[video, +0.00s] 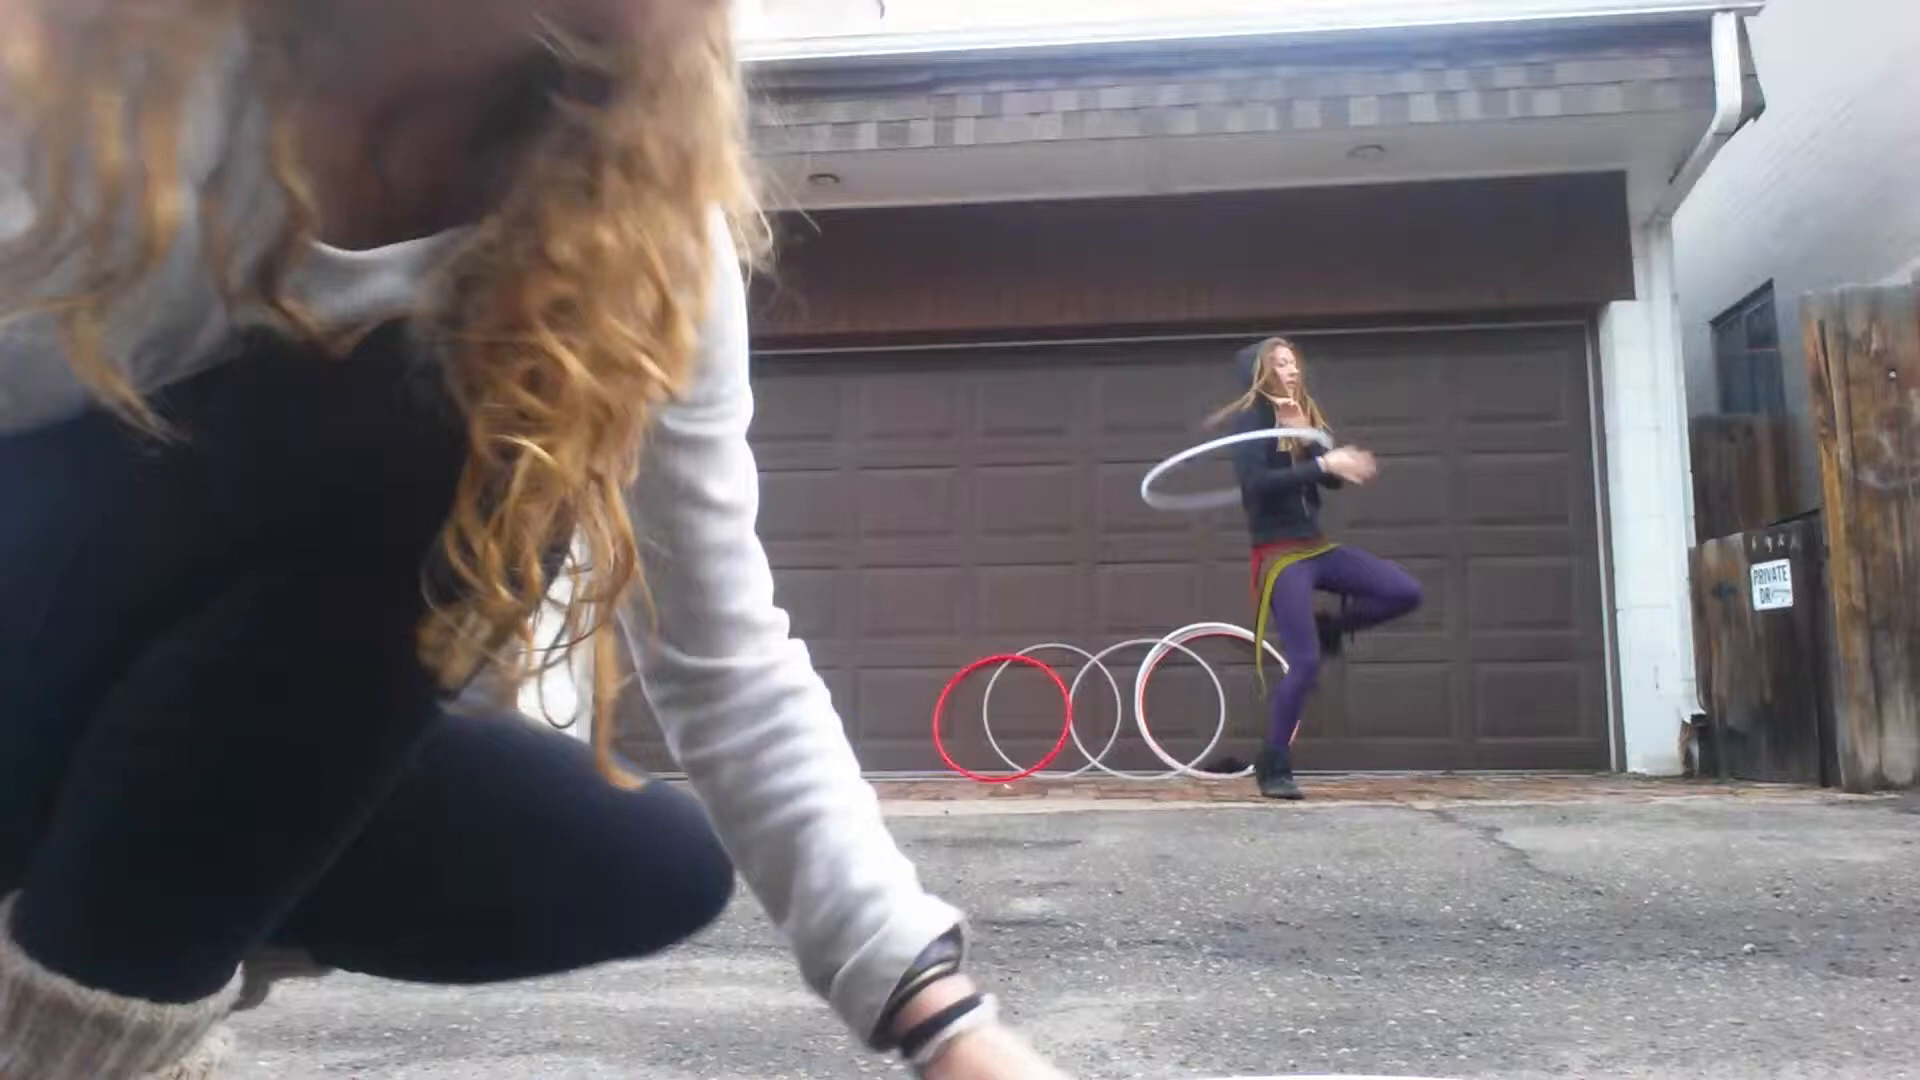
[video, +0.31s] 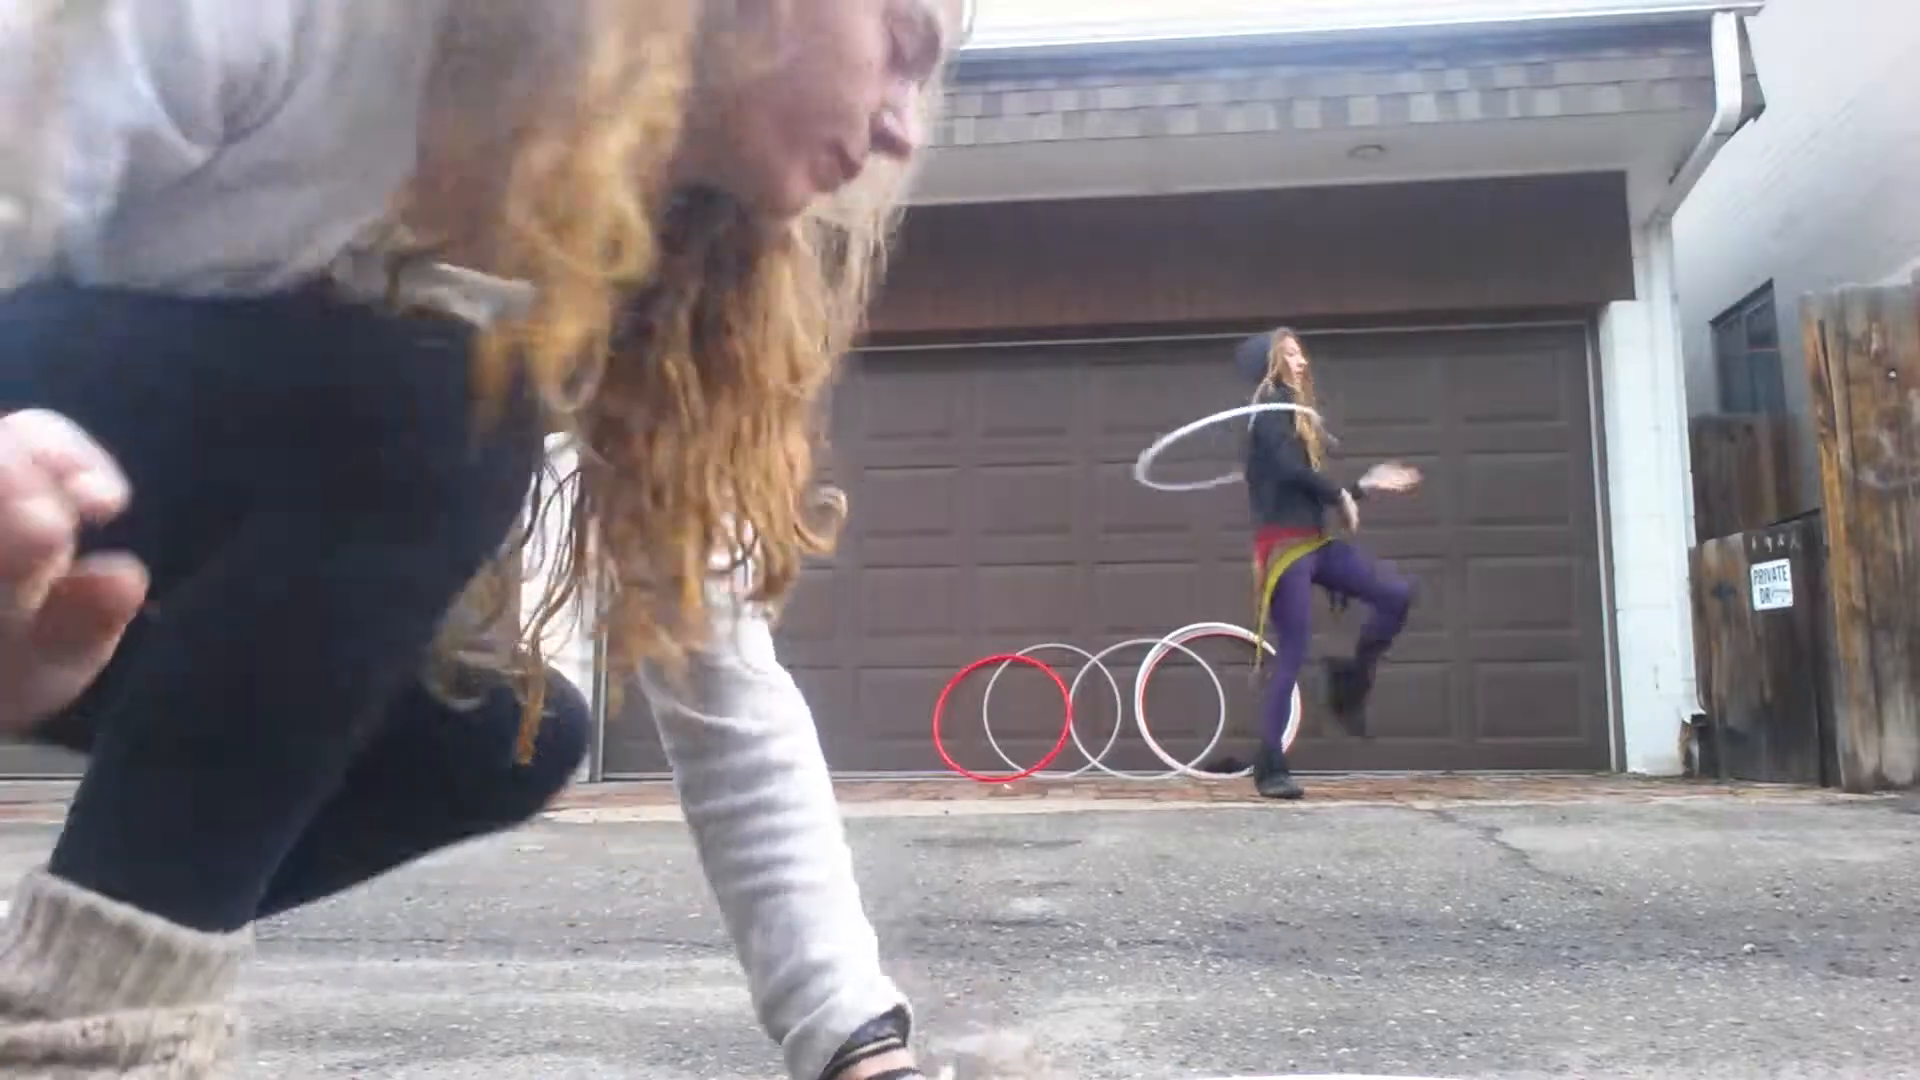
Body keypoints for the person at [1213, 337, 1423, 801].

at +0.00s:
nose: (1287, 369)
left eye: (1291, 361)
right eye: (1276, 363)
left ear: (1300, 369)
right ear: (1262, 373)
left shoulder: (1309, 418)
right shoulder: (1249, 420)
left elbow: (1317, 484)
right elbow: (1255, 483)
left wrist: (1332, 462)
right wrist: (1321, 466)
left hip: (1318, 546)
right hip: (1279, 554)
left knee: (1404, 593)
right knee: (1305, 662)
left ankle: (1332, 626)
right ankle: (1274, 765)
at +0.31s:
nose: (1300, 360)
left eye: (1299, 352)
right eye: (1289, 354)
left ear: (1301, 361)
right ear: (1271, 364)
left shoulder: (1296, 414)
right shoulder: (1271, 411)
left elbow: (1308, 484)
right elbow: (1288, 470)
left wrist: (1362, 485)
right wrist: (1337, 493)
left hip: (1317, 540)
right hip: (1285, 546)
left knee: (1396, 595)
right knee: (1292, 649)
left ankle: (1355, 680)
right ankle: (1270, 763)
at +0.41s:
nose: (1313, 358)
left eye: (1309, 350)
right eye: (1303, 352)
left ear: (1291, 359)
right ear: (1285, 362)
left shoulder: (1300, 403)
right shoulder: (1288, 400)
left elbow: (1304, 464)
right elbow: (1327, 451)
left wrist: (1335, 442)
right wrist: (1357, 475)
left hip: (1323, 542)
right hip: (1290, 545)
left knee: (1384, 625)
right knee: (1291, 649)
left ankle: (1401, 735)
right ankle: (1269, 762)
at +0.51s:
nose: (1324, 363)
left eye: (1321, 355)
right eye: (1314, 357)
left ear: (1307, 363)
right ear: (1295, 367)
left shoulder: (1315, 409)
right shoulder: (1294, 411)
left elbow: (1319, 465)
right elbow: (1324, 463)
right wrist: (1366, 468)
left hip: (1335, 543)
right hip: (1303, 546)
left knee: (1382, 644)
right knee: (1295, 651)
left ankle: (1412, 753)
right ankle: (1269, 762)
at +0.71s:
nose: (1344, 377)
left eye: (1349, 369)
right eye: (1335, 370)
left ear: (1358, 376)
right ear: (1318, 377)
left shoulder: (1372, 426)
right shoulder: (1303, 426)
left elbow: (1387, 498)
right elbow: (1293, 492)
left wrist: (1407, 451)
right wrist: (1346, 506)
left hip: (1367, 553)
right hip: (1321, 552)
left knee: (1400, 655)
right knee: (1315, 659)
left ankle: (1407, 763)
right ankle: (1275, 763)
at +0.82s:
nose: (1355, 384)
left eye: (1360, 376)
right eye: (1346, 376)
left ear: (1371, 383)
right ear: (1329, 383)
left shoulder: (1385, 434)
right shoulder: (1308, 431)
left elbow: (1401, 500)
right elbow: (1293, 497)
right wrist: (1282, 492)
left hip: (1381, 559)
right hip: (1330, 558)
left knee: (1414, 662)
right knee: (1324, 658)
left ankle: (1408, 765)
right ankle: (1280, 761)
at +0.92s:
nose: (1360, 385)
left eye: (1368, 378)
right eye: (1351, 378)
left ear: (1379, 385)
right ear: (1336, 386)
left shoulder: (1393, 429)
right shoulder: (1316, 437)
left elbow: (1387, 469)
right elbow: (1292, 503)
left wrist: (1329, 469)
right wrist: (1256, 485)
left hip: (1386, 562)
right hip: (1332, 560)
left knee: (1416, 662)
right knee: (1326, 659)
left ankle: (1408, 766)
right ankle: (1289, 764)